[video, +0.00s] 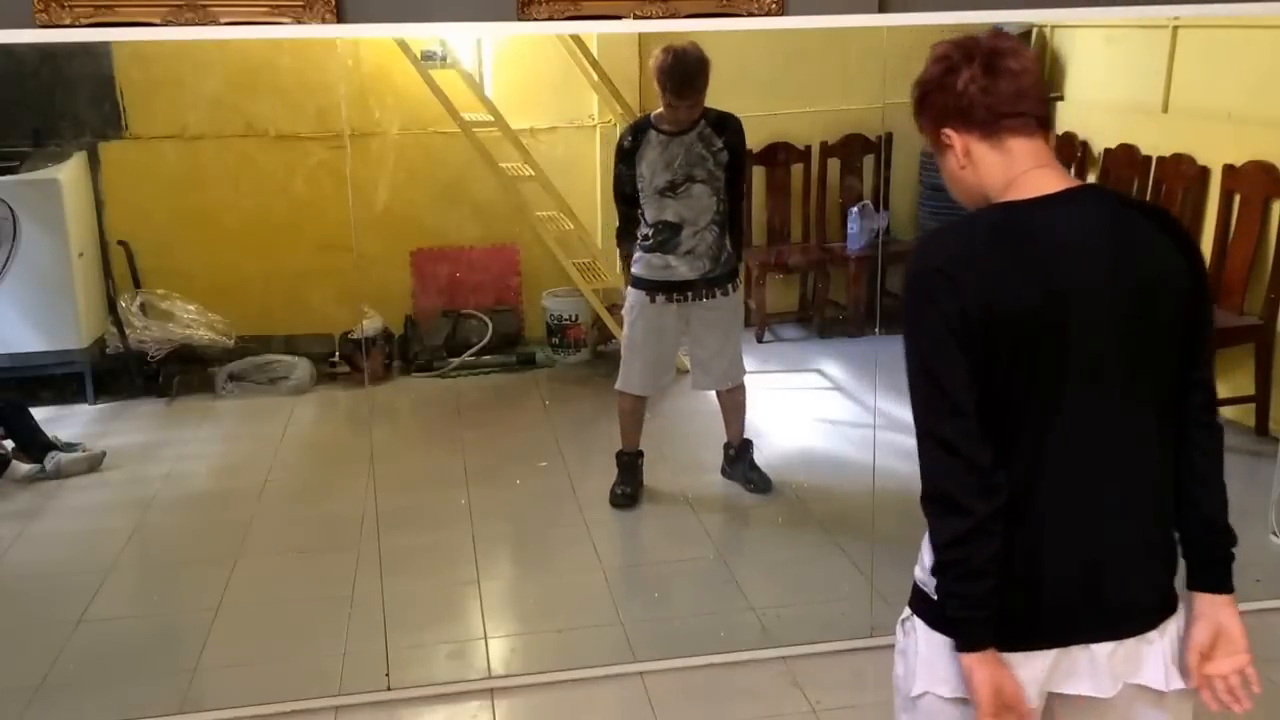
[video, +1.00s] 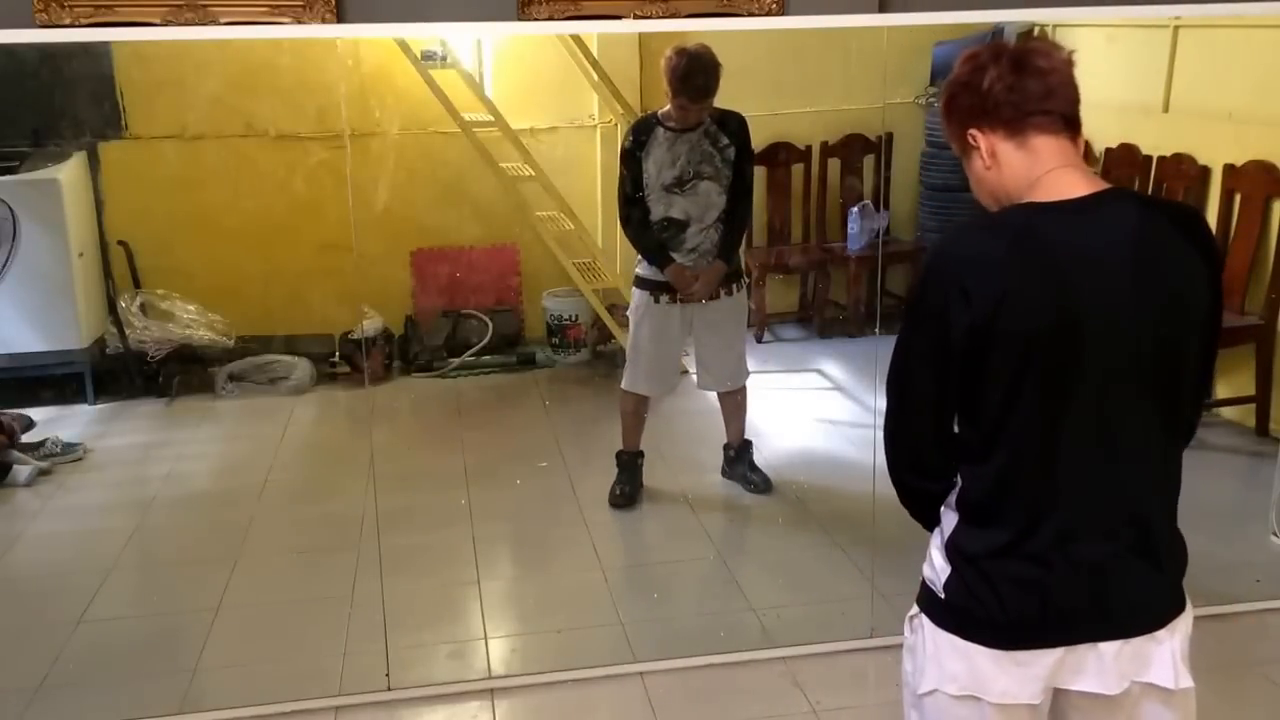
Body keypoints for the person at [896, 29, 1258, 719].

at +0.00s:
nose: (943, 174)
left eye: (937, 156)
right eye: (937, 157)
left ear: (957, 144)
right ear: (1041, 122)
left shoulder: (950, 264)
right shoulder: (1160, 238)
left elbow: (956, 468)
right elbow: (1195, 424)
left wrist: (976, 643)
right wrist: (1213, 592)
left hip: (998, 620)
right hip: (1136, 612)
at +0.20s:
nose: (1008, 183)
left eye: (1000, 160)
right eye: (1001, 163)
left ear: (1018, 141)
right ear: (1109, 128)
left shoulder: (992, 252)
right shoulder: (1212, 244)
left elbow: (925, 433)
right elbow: (1216, 426)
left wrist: (876, 578)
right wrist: (1190, 552)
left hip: (1007, 611)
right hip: (1155, 609)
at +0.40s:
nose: (1015, 182)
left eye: (1010, 159)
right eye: (1009, 162)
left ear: (1028, 142)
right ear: (1124, 131)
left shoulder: (995, 252)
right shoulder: (1220, 246)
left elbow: (934, 417)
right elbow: (1210, 413)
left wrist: (907, 526)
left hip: (1004, 613)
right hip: (1157, 611)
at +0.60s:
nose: (994, 179)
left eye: (987, 159)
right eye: (989, 160)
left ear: (1005, 146)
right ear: (1100, 132)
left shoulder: (981, 256)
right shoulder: (1203, 243)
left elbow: (929, 459)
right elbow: (1194, 421)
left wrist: (962, 533)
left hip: (994, 621)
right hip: (1149, 618)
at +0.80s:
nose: (974, 187)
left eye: (965, 165)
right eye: (967, 167)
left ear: (984, 150)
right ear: (1077, 131)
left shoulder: (968, 258)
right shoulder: (1189, 238)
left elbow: (909, 449)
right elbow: (1188, 410)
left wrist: (968, 522)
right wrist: (1116, 488)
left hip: (995, 614)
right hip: (1146, 610)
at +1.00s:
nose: (970, 181)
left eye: (963, 161)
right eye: (964, 162)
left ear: (982, 147)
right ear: (1076, 132)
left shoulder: (968, 257)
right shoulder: (1183, 239)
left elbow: (912, 448)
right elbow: (1183, 412)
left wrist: (966, 523)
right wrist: (1113, 485)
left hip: (989, 612)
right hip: (1140, 609)